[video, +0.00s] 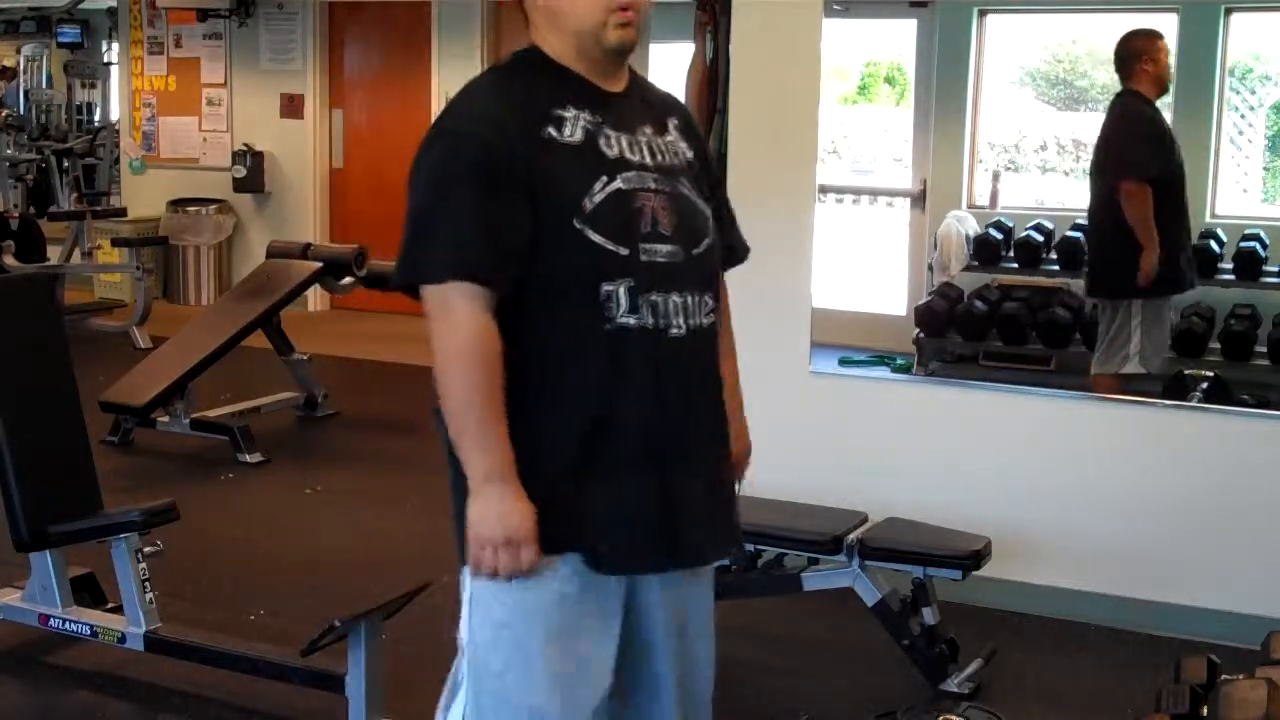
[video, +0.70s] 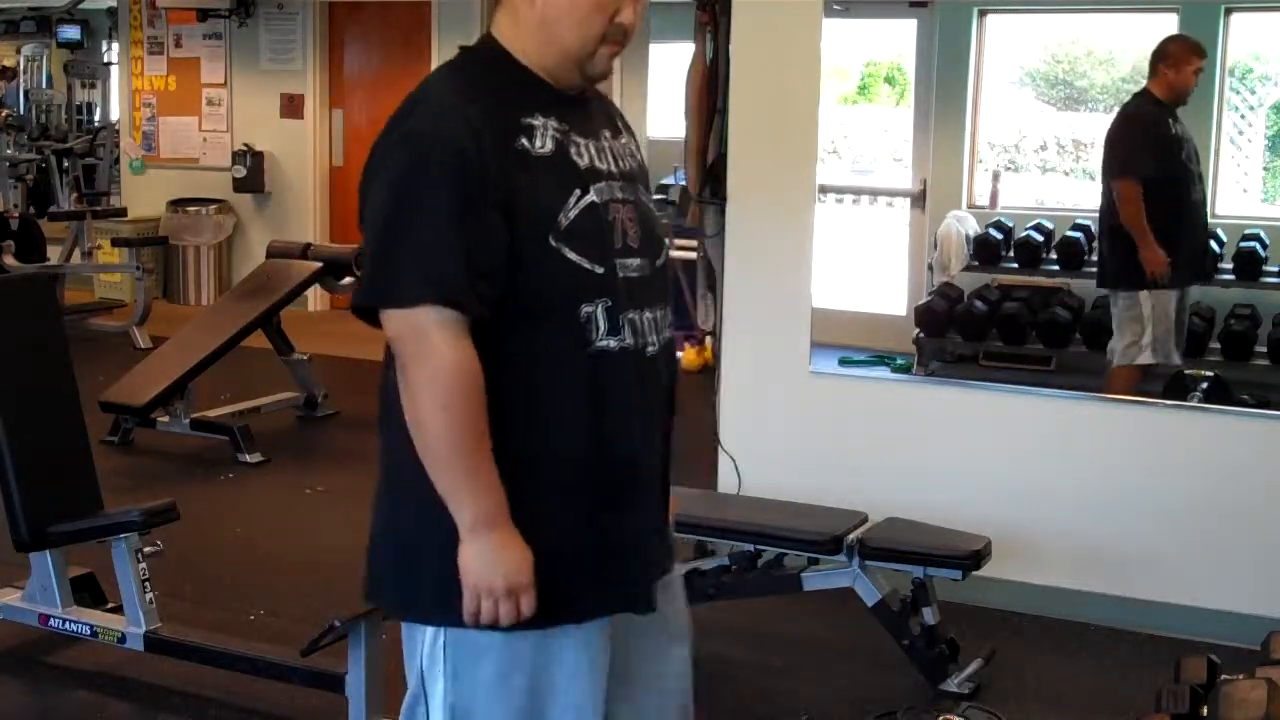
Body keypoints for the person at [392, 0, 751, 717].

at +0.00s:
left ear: (647, 1)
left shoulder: (675, 122)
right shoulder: (486, 121)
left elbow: (707, 286)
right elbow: (457, 306)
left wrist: (730, 411)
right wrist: (491, 484)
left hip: (677, 495)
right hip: (545, 511)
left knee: (670, 710)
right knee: (523, 711)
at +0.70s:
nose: (632, 16)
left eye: (637, 2)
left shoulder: (607, 124)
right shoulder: (445, 122)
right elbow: (423, 332)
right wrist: (483, 527)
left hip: (627, 541)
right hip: (504, 571)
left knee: (649, 705)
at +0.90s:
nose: (623, 8)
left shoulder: (619, 117)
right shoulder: (454, 128)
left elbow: (630, 317)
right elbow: (433, 332)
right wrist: (470, 527)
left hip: (626, 541)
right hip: (515, 559)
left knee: (618, 706)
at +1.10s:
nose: (650, 8)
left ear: (665, 7)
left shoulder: (653, 122)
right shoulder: (476, 130)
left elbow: (677, 306)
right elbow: (451, 326)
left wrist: (697, 442)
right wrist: (479, 515)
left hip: (656, 535)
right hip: (539, 553)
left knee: (620, 706)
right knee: (537, 708)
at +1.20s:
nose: (670, 10)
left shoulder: (668, 126)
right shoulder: (490, 133)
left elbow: (688, 304)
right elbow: (461, 328)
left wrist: (718, 425)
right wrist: (493, 513)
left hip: (673, 521)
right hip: (554, 539)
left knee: (654, 708)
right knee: (550, 711)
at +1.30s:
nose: (680, 14)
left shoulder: (677, 127)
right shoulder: (496, 134)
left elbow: (699, 303)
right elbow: (470, 332)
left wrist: (736, 420)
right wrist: (508, 510)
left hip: (683, 521)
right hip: (563, 537)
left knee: (669, 713)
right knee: (552, 711)